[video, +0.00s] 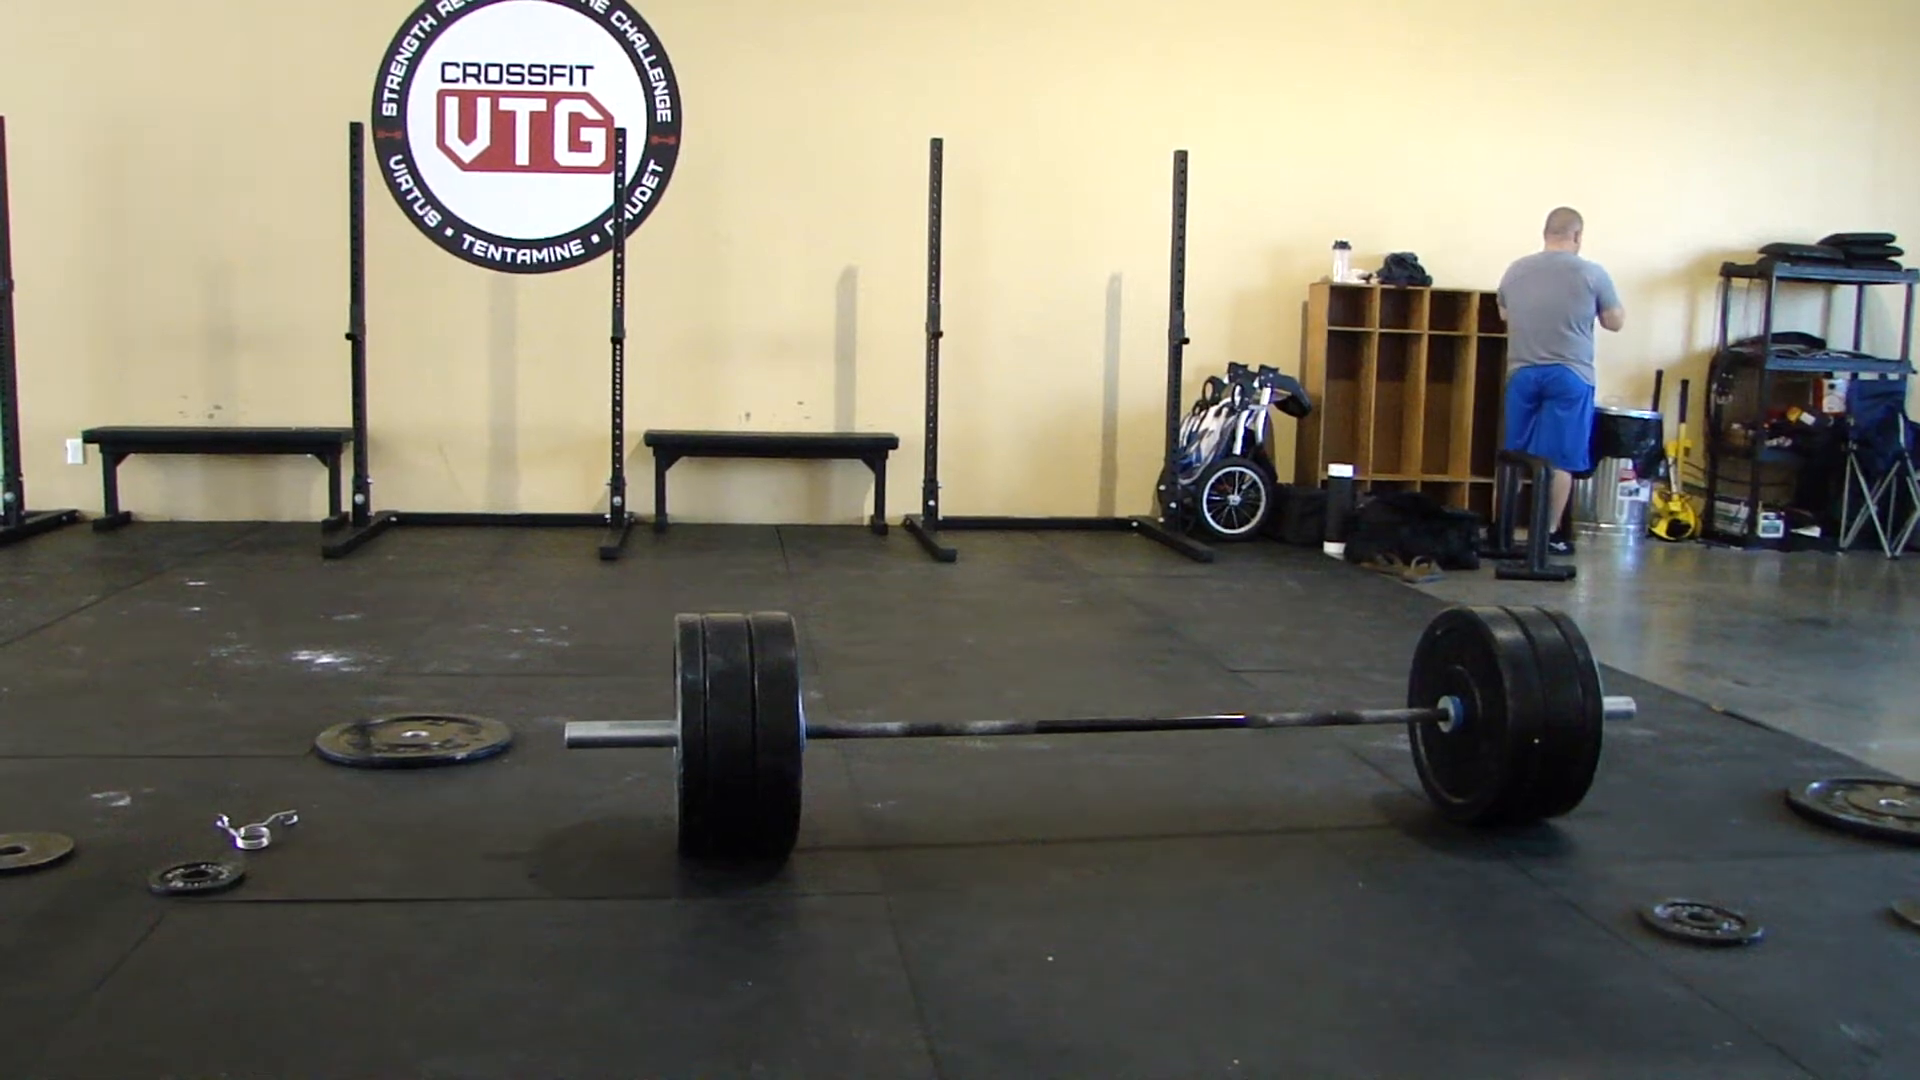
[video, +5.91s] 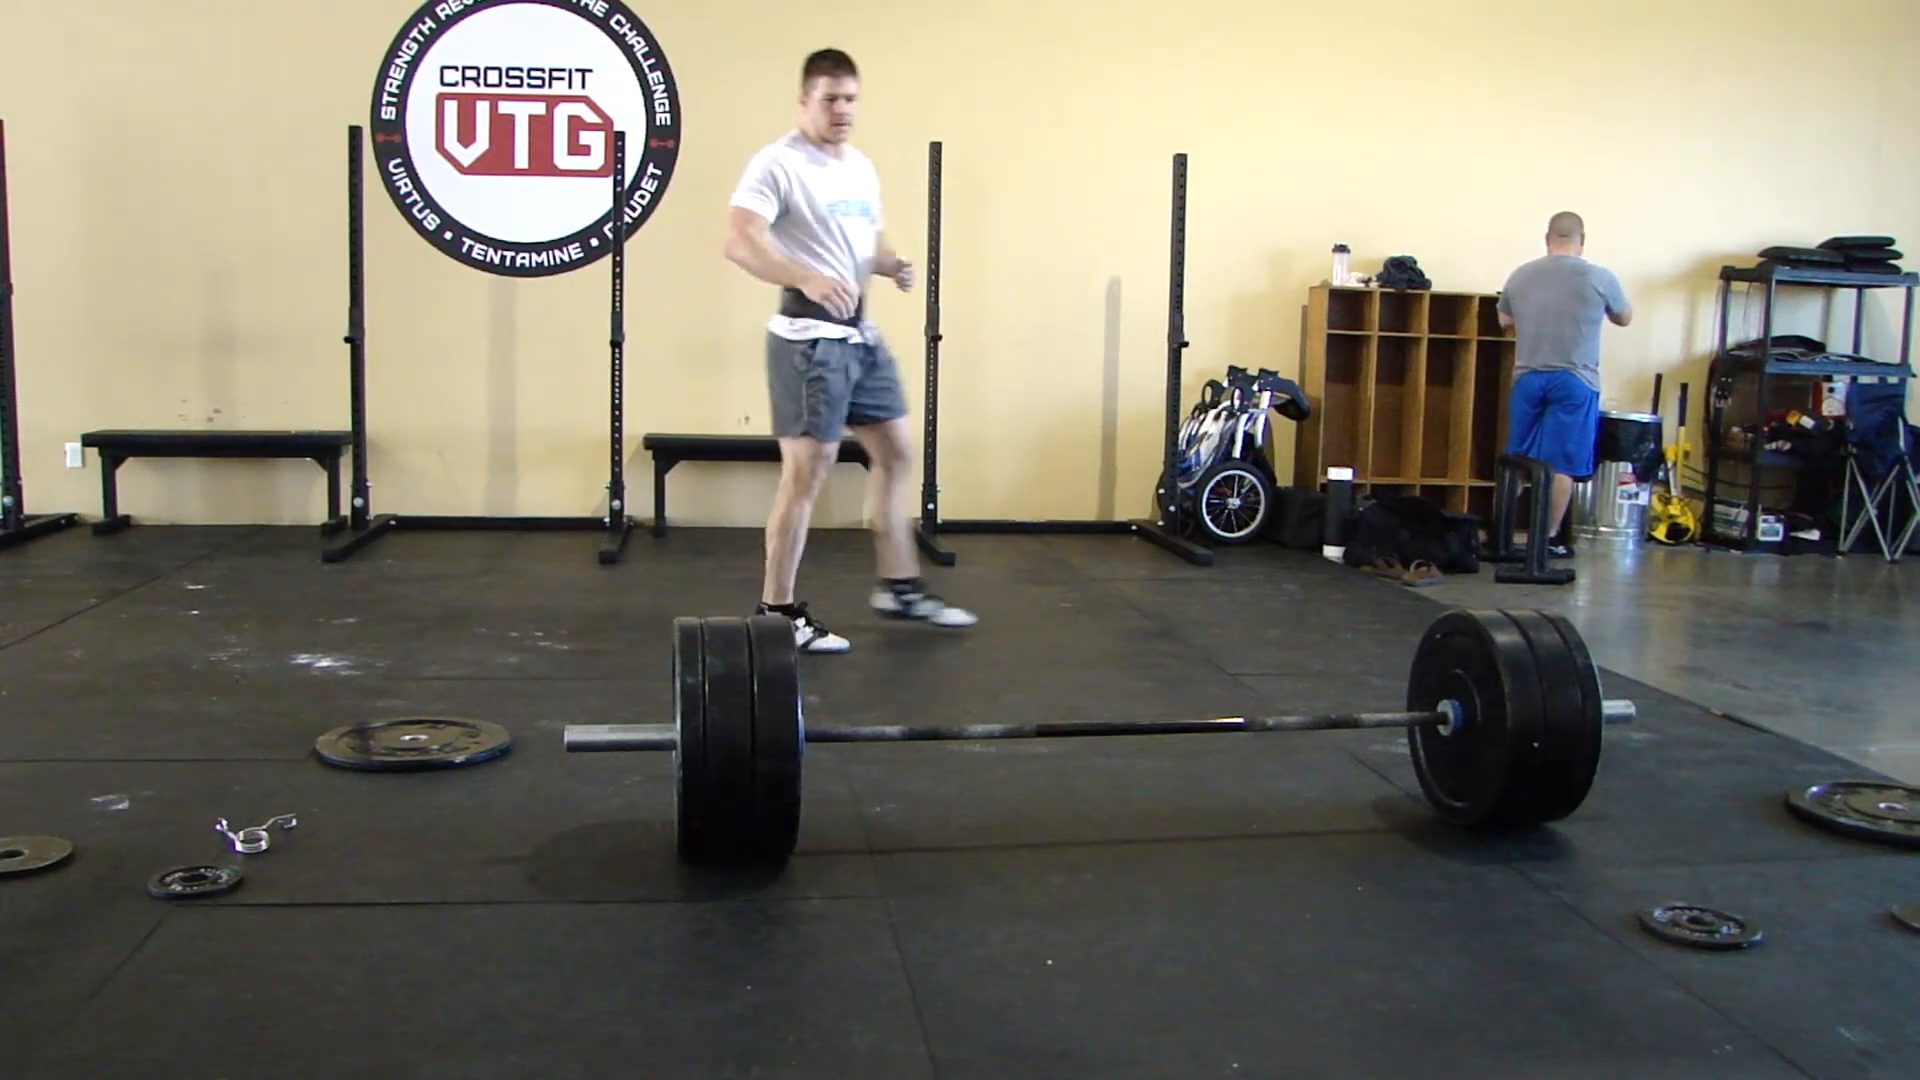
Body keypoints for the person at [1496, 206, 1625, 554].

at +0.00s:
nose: (1579, 242)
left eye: (1578, 237)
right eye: (1580, 237)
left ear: (1545, 234)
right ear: (1576, 235)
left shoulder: (1516, 269)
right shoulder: (1590, 272)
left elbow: (1505, 314)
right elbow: (1614, 321)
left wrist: (1537, 306)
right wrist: (1587, 298)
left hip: (1522, 373)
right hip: (1570, 374)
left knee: (1513, 456)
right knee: (1560, 461)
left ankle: (1502, 532)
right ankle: (1549, 534)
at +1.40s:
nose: (1585, 245)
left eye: (1585, 240)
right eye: (1586, 239)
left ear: (1550, 236)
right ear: (1580, 237)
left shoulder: (1519, 272)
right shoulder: (1592, 274)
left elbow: (1502, 320)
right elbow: (1618, 329)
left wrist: (1536, 309)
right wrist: (1628, 319)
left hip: (1524, 376)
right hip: (1572, 377)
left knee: (1514, 459)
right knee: (1561, 463)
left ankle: (1502, 534)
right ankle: (1549, 537)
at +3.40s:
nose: (1583, 247)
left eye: (1581, 243)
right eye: (1584, 242)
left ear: (1548, 240)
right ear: (1582, 241)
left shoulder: (1519, 273)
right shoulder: (1595, 276)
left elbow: (1504, 322)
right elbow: (1616, 330)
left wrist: (1537, 323)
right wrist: (1582, 327)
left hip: (1523, 376)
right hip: (1571, 378)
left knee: (1512, 459)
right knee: (1560, 464)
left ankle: (1501, 537)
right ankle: (1548, 538)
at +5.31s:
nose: (1563, 245)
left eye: (1549, 239)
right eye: (1577, 240)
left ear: (1545, 240)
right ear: (1580, 241)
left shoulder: (1520, 275)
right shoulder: (1598, 275)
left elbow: (1509, 323)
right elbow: (1618, 325)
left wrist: (1543, 313)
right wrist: (1581, 311)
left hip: (1527, 377)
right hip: (1575, 379)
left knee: (1517, 460)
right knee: (1561, 465)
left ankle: (1505, 535)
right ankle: (1547, 539)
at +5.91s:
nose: (1577, 244)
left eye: (1555, 237)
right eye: (1580, 239)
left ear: (1547, 239)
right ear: (1582, 240)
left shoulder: (1521, 274)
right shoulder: (1597, 276)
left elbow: (1505, 320)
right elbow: (1623, 316)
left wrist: (1540, 312)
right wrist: (1591, 298)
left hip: (1527, 378)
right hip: (1575, 379)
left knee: (1516, 460)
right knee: (1562, 466)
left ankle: (1501, 536)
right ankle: (1547, 540)